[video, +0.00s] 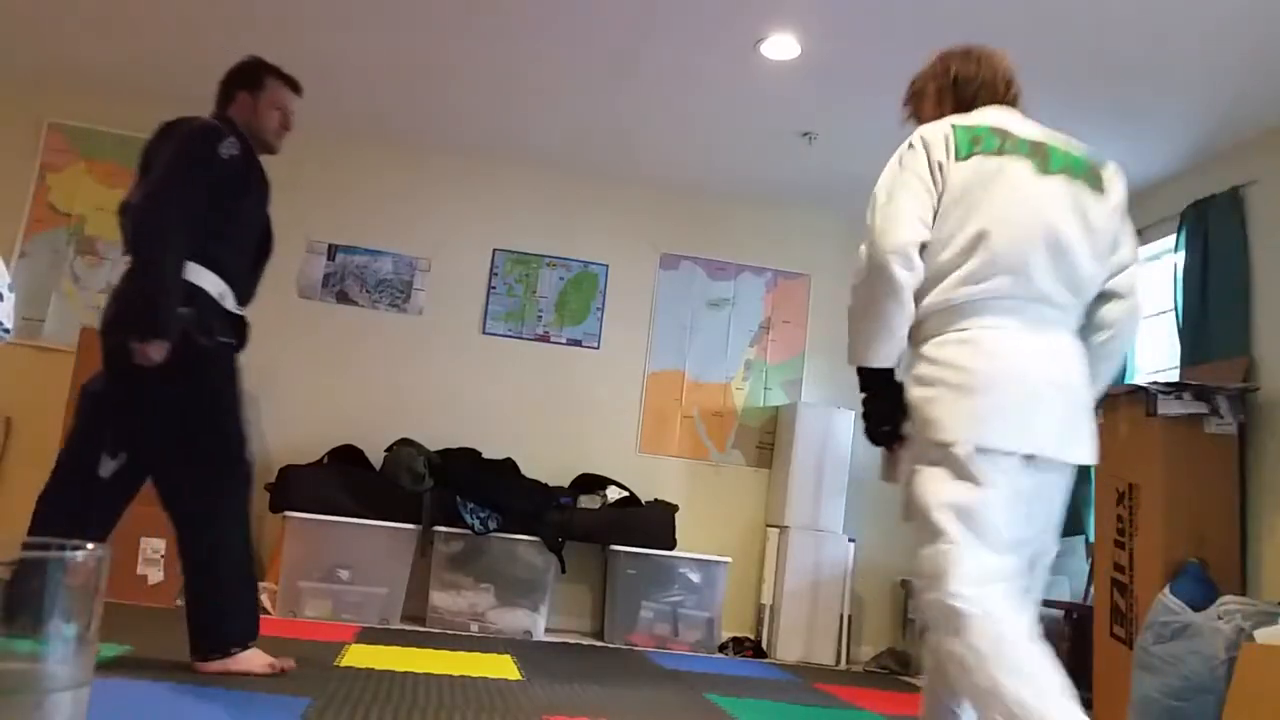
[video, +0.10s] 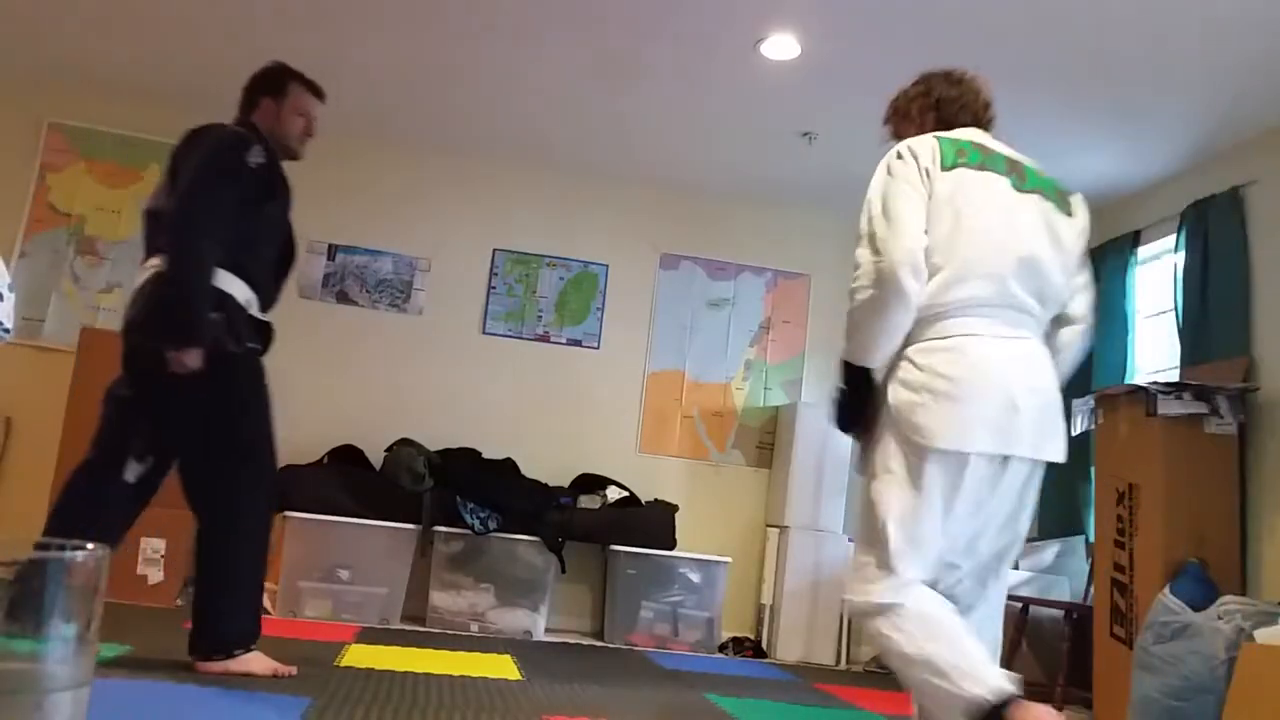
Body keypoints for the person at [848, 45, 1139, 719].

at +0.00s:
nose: (916, 123)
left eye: (918, 110)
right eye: (913, 111)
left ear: (944, 97)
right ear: (1007, 97)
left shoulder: (933, 142)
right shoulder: (1094, 170)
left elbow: (889, 255)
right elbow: (1121, 307)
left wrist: (878, 385)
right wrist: (1069, 393)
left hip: (969, 376)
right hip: (1063, 392)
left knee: (963, 594)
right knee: (1009, 597)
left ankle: (1054, 715)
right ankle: (952, 715)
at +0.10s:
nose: (898, 141)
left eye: (900, 131)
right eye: (895, 132)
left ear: (922, 118)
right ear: (981, 119)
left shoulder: (915, 155)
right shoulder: (1059, 194)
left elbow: (897, 273)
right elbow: (1077, 320)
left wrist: (858, 378)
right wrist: (1025, 389)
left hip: (946, 375)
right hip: (1036, 394)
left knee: (886, 583)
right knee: (979, 591)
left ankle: (1003, 706)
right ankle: (955, 718)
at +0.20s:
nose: (874, 149)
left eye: (876, 139)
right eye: (871, 140)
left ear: (896, 123)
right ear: (950, 126)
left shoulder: (899, 159)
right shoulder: (1025, 200)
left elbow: (869, 270)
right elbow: (1025, 315)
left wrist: (826, 345)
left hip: (926, 373)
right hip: (1009, 387)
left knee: (838, 552)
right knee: (962, 581)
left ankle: (916, 697)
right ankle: (969, 712)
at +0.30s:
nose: (849, 162)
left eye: (851, 150)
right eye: (846, 151)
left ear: (879, 133)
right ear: (922, 138)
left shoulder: (882, 171)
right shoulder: (983, 205)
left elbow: (839, 281)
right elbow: (970, 307)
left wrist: (777, 309)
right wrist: (850, 323)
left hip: (905, 390)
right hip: (987, 400)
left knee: (819, 534)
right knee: (951, 573)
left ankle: (819, 692)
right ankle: (962, 713)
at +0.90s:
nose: (801, 244)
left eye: (803, 233)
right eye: (799, 235)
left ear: (823, 222)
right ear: (855, 218)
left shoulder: (843, 255)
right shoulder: (901, 259)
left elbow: (803, 340)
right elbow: (866, 337)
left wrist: (776, 288)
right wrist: (809, 283)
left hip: (861, 431)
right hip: (910, 432)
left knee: (789, 561)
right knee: (884, 575)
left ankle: (790, 703)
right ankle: (915, 701)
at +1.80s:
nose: (747, 274)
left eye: (750, 263)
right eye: (746, 265)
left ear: (770, 258)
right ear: (795, 258)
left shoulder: (783, 289)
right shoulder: (831, 301)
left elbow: (750, 364)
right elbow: (787, 371)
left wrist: (720, 317)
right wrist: (745, 322)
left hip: (792, 445)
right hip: (835, 454)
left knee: (694, 533)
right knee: (793, 578)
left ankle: (716, 663)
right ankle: (836, 691)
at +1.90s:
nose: (739, 279)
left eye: (743, 267)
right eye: (737, 269)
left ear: (766, 262)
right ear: (789, 264)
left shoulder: (775, 295)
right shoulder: (818, 308)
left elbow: (741, 366)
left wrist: (708, 327)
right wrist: (730, 334)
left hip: (781, 444)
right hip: (819, 453)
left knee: (670, 527)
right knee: (784, 579)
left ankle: (668, 661)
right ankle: (830, 688)